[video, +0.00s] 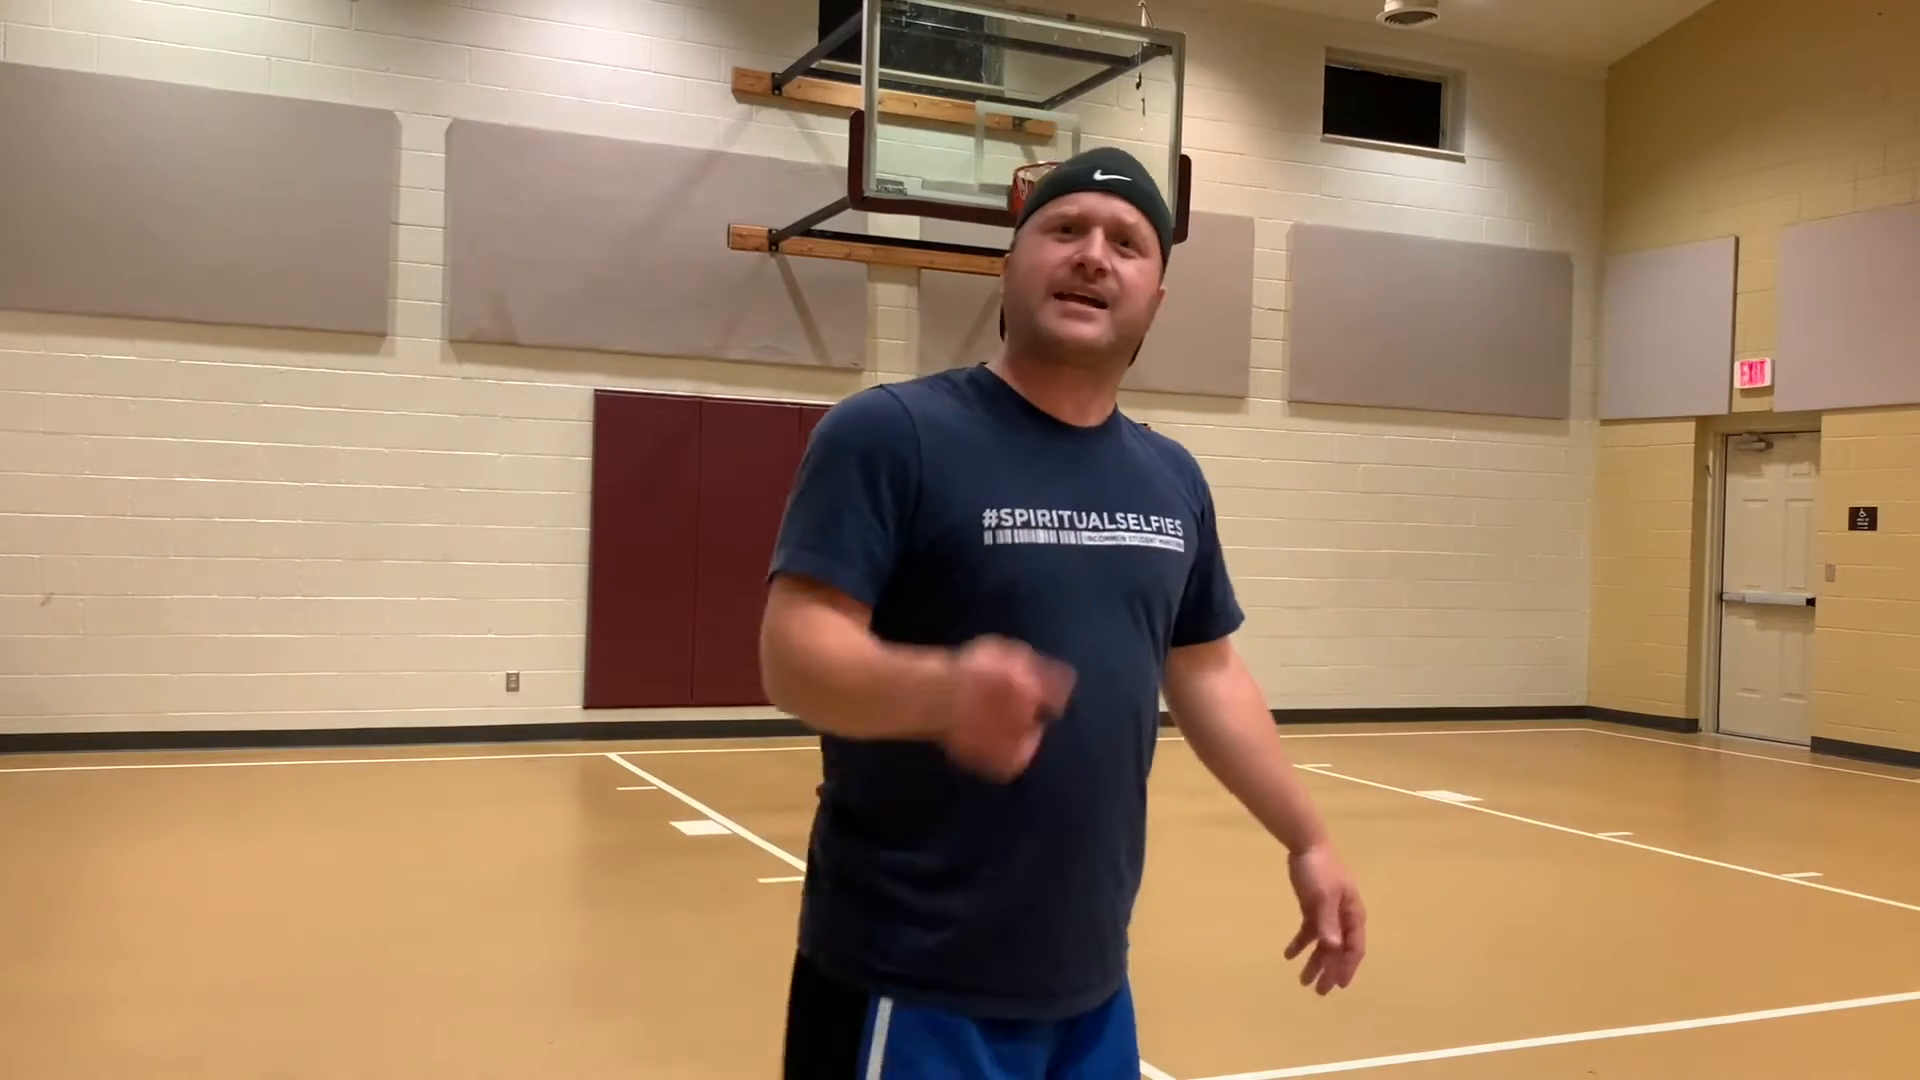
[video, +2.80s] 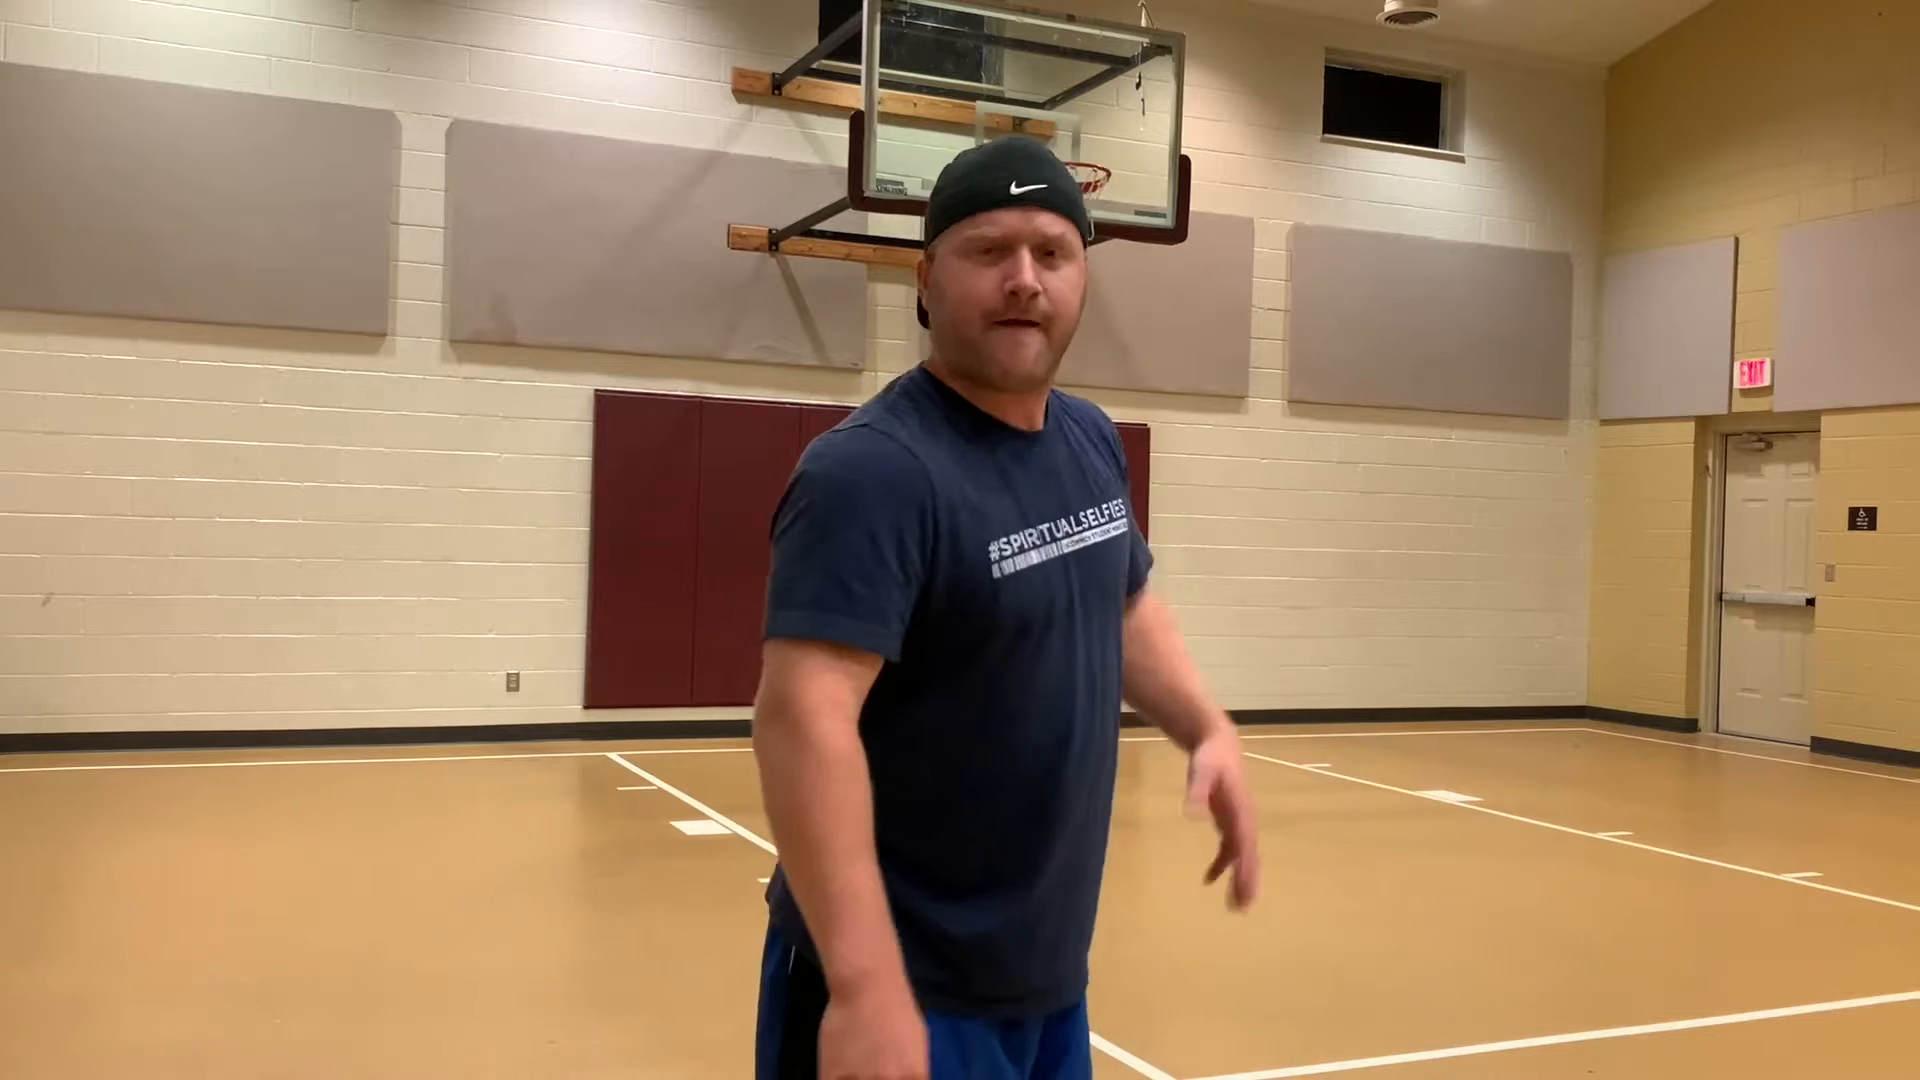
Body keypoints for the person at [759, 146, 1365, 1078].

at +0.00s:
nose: (1093, 255)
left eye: (1126, 243)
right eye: (1065, 229)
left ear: (1159, 294)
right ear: (1007, 261)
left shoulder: (1172, 482)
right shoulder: (888, 435)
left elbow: (1208, 669)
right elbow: (794, 654)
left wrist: (1308, 840)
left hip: (1087, 981)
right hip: (901, 983)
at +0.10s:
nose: (1100, 251)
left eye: (1132, 239)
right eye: (1071, 228)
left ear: (1162, 295)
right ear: (1015, 260)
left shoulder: (1172, 476)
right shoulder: (899, 427)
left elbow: (1205, 661)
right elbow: (811, 651)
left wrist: (1313, 820)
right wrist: (986, 586)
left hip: (1091, 958)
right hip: (916, 963)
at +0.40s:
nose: (1063, 243)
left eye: (1092, 228)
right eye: (1033, 223)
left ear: (1129, 275)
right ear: (978, 263)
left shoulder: (1150, 455)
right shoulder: (889, 434)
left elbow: (1170, 636)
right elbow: (818, 655)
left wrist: (1230, 799)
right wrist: (1009, 686)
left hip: (1085, 950)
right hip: (918, 957)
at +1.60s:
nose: (1025, 271)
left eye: (1059, 248)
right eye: (997, 235)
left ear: (1092, 280)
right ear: (937, 248)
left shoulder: (1104, 445)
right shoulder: (834, 450)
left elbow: (1142, 635)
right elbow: (790, 694)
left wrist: (1236, 807)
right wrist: (997, 810)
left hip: (1079, 981)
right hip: (902, 994)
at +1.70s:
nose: (1030, 275)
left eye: (1066, 253)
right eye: (1003, 240)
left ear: (1099, 281)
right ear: (943, 251)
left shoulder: (1113, 448)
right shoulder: (838, 452)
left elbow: (1143, 641)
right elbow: (788, 698)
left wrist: (1224, 821)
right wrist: (942, 883)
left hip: (1076, 972)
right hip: (893, 986)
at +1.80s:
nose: (1023, 274)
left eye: (1056, 248)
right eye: (992, 242)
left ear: (1095, 269)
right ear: (936, 254)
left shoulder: (1118, 450)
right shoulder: (840, 453)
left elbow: (1147, 648)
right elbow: (794, 701)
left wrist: (1214, 833)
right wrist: (882, 947)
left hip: (1075, 969)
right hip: (902, 992)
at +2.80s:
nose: (1023, 280)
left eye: (1051, 254)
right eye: (988, 251)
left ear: (1084, 283)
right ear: (928, 278)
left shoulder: (1085, 439)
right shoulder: (869, 471)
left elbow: (1128, 608)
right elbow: (801, 714)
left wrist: (1207, 728)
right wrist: (864, 986)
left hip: (1046, 977)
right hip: (896, 995)